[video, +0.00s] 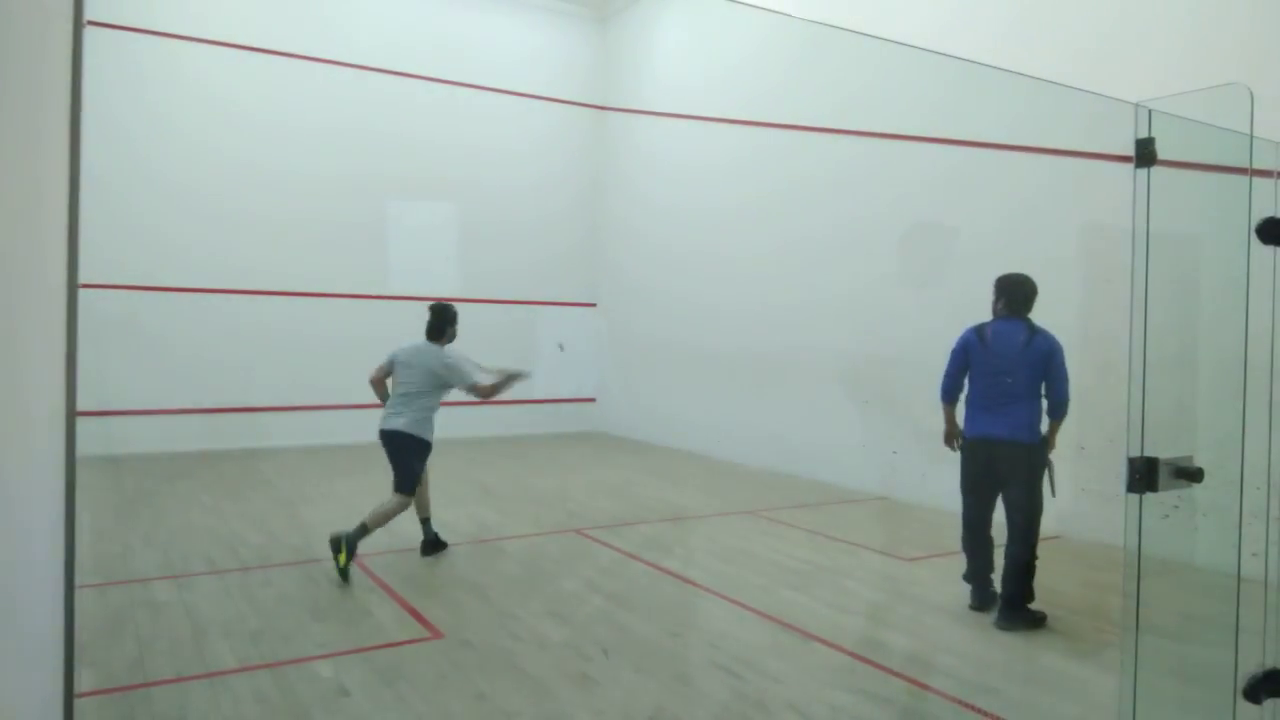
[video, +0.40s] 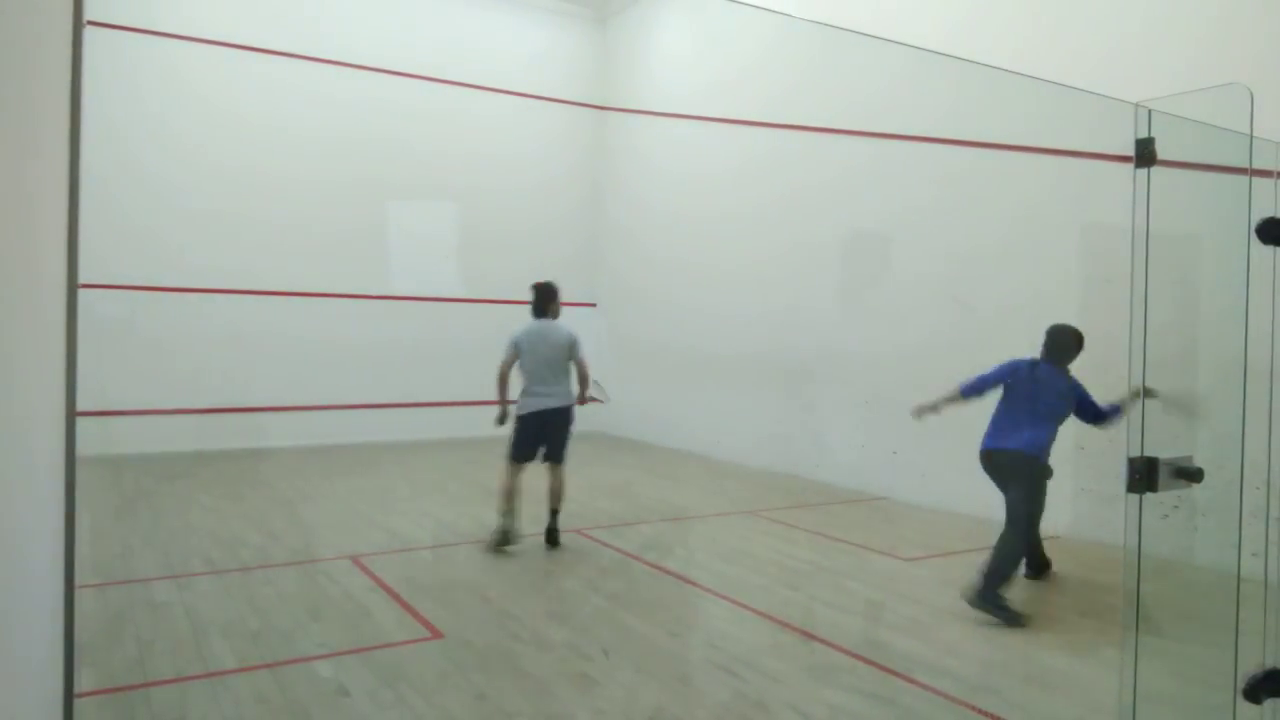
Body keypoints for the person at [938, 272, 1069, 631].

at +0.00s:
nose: (991, 303)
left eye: (993, 298)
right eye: (994, 298)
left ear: (999, 301)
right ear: (1029, 304)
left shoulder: (974, 337)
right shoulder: (1045, 343)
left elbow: (950, 384)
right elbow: (1058, 398)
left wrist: (950, 423)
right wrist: (1051, 436)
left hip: (978, 450)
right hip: (1023, 452)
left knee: (975, 522)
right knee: (1023, 530)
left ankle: (981, 593)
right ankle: (1013, 609)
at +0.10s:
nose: (1000, 305)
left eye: (1002, 299)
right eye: (1004, 299)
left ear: (1007, 303)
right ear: (1038, 305)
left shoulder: (982, 337)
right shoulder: (1054, 344)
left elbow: (957, 382)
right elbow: (1066, 398)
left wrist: (952, 423)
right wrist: (1058, 432)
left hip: (982, 449)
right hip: (1027, 451)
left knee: (980, 521)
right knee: (1025, 530)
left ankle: (981, 593)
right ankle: (1014, 610)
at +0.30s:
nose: (1072, 346)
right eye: (1074, 341)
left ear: (1042, 333)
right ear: (1070, 342)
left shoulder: (1011, 357)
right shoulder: (1070, 376)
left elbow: (971, 367)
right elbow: (1110, 416)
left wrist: (947, 376)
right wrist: (1139, 416)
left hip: (981, 452)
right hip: (1021, 458)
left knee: (998, 502)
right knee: (1038, 534)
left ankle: (1007, 566)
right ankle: (1013, 609)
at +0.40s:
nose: (1075, 356)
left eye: (1073, 350)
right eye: (1075, 351)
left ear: (1045, 345)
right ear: (1072, 354)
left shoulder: (1018, 368)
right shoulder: (1069, 387)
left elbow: (977, 385)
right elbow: (1099, 417)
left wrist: (937, 403)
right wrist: (1132, 398)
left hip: (992, 456)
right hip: (1027, 462)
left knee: (1028, 509)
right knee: (1019, 527)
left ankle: (1036, 562)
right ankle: (987, 592)